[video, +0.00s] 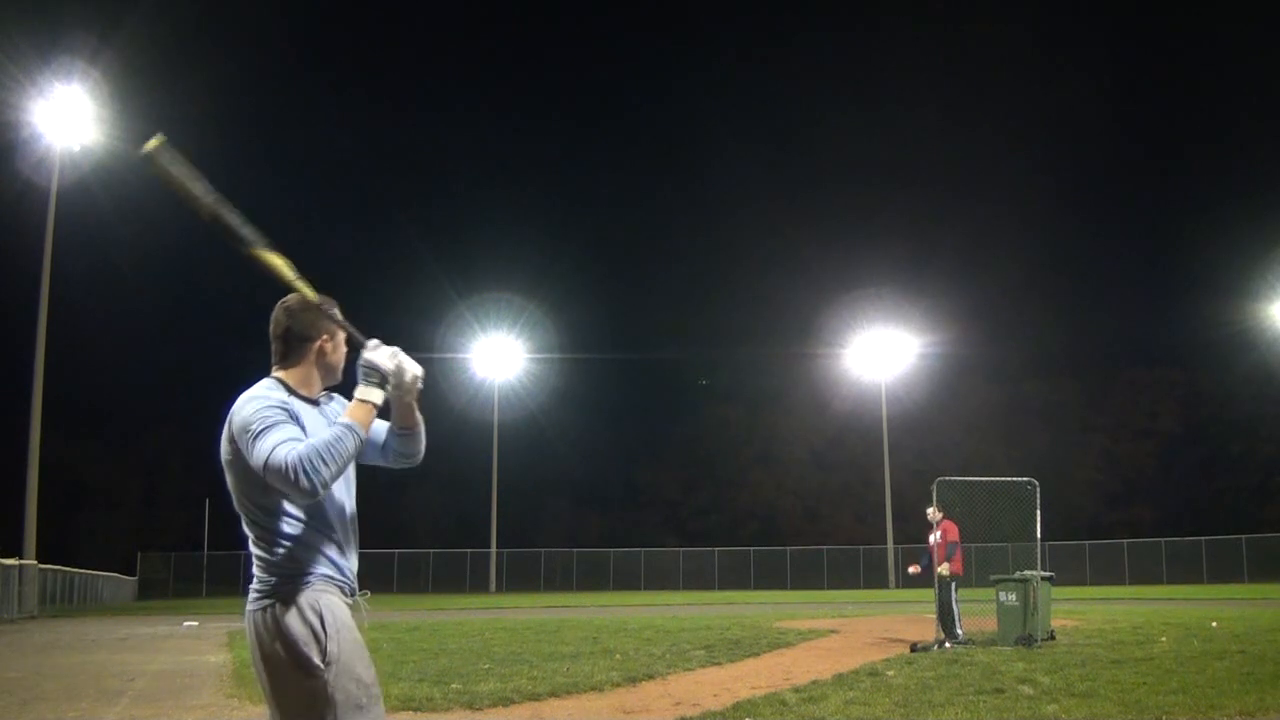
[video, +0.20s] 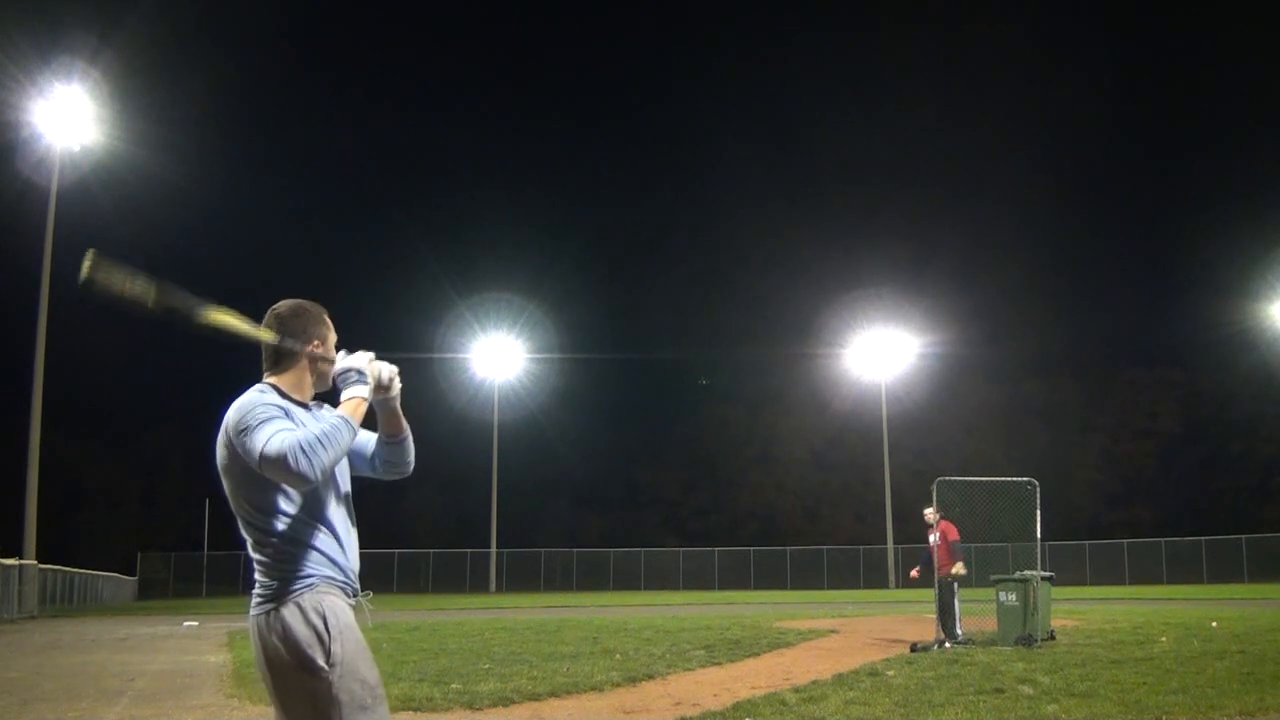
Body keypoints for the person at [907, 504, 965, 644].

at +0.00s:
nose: (930, 516)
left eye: (932, 513)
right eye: (928, 514)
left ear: (940, 513)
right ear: (928, 517)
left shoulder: (949, 526)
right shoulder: (932, 533)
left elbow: (952, 545)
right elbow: (930, 554)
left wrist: (947, 562)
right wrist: (920, 566)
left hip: (950, 571)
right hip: (939, 572)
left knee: (949, 602)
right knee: (941, 604)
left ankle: (956, 634)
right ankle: (948, 634)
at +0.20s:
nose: (927, 517)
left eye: (930, 514)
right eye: (925, 515)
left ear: (937, 514)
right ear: (925, 518)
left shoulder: (946, 526)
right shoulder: (931, 532)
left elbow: (955, 544)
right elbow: (930, 554)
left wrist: (958, 562)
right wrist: (919, 568)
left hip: (949, 573)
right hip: (939, 574)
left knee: (950, 605)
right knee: (941, 606)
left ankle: (954, 635)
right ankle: (946, 635)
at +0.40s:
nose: (927, 518)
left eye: (929, 515)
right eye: (924, 516)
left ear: (936, 515)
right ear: (923, 519)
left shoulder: (947, 527)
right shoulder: (927, 531)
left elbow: (964, 541)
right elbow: (934, 548)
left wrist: (972, 558)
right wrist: (927, 552)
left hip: (954, 571)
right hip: (940, 573)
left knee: (952, 605)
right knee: (942, 605)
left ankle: (953, 637)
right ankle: (945, 635)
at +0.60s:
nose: (929, 518)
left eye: (931, 515)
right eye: (926, 516)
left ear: (938, 515)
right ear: (924, 519)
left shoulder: (952, 527)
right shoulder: (925, 536)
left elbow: (968, 541)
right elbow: (928, 560)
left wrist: (974, 558)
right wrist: (929, 580)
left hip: (957, 571)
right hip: (941, 575)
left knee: (954, 605)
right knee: (943, 606)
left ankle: (952, 637)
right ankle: (947, 636)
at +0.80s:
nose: (930, 517)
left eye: (932, 514)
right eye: (928, 515)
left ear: (939, 515)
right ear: (927, 519)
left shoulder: (954, 526)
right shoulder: (930, 532)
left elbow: (970, 539)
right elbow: (920, 529)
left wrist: (973, 553)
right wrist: (918, 516)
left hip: (958, 572)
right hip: (943, 575)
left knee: (955, 606)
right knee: (945, 607)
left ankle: (954, 636)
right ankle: (948, 636)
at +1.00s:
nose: (940, 512)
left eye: (942, 509)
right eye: (937, 510)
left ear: (948, 512)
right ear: (933, 514)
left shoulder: (959, 525)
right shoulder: (933, 527)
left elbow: (973, 541)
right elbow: (922, 530)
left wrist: (974, 555)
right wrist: (917, 517)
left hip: (958, 572)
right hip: (942, 573)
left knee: (955, 605)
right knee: (944, 605)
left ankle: (953, 637)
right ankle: (951, 634)